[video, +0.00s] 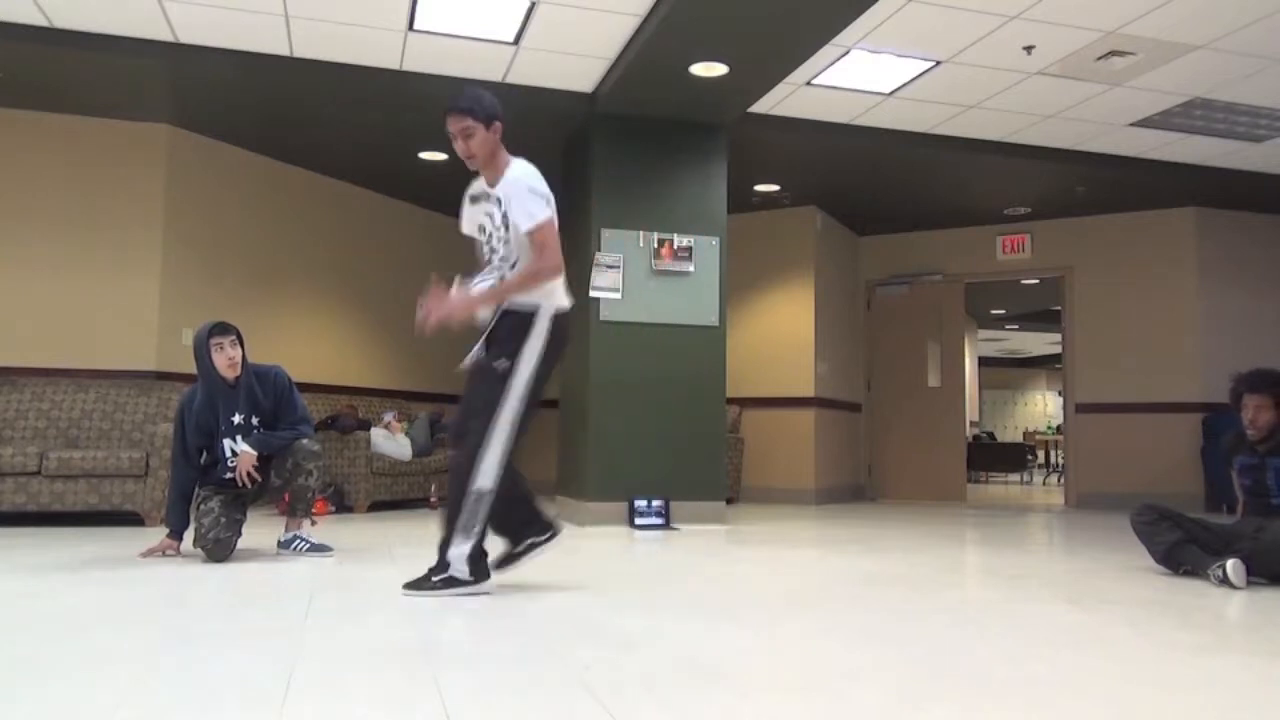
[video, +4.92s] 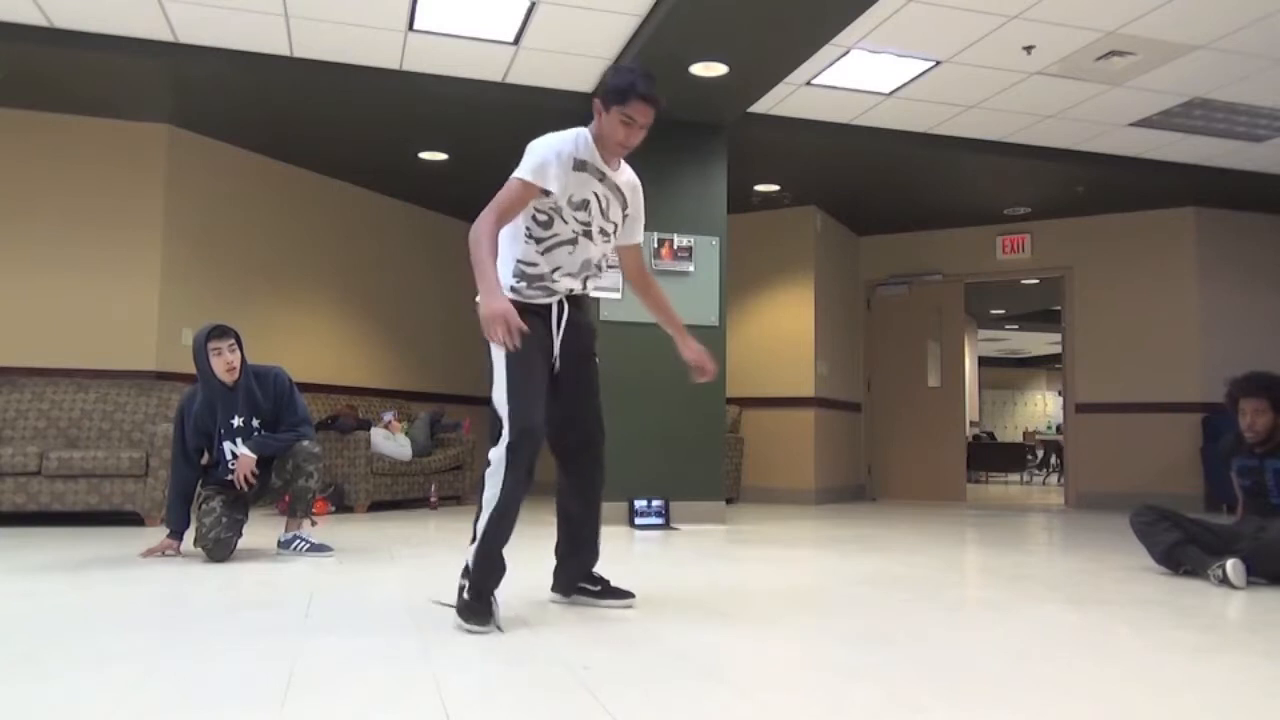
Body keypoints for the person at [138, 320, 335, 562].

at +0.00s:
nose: (231, 354)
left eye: (234, 345)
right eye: (219, 349)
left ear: (242, 349)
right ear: (205, 358)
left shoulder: (272, 380)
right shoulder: (194, 403)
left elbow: (303, 429)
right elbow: (184, 470)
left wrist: (255, 444)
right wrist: (174, 535)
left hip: (266, 477)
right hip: (220, 488)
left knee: (307, 449)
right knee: (215, 549)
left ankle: (292, 535)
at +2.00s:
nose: (229, 357)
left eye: (233, 348)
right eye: (218, 352)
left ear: (241, 350)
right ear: (204, 361)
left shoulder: (272, 381)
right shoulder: (193, 404)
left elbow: (304, 430)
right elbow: (184, 471)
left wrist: (255, 446)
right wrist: (174, 535)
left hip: (267, 476)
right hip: (220, 488)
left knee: (308, 450)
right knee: (215, 549)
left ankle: (292, 534)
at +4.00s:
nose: (230, 358)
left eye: (234, 349)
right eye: (219, 353)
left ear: (242, 351)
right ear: (204, 361)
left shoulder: (273, 381)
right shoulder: (194, 403)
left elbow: (304, 430)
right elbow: (184, 470)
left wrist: (255, 447)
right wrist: (174, 535)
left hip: (266, 476)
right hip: (221, 487)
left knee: (307, 451)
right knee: (216, 549)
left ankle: (292, 534)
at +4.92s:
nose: (229, 359)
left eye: (232, 349)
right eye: (217, 354)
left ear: (241, 351)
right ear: (204, 362)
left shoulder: (273, 381)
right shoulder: (194, 404)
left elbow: (303, 431)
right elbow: (184, 470)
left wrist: (254, 448)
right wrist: (175, 535)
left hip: (266, 478)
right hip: (222, 488)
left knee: (307, 451)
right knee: (216, 549)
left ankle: (292, 534)